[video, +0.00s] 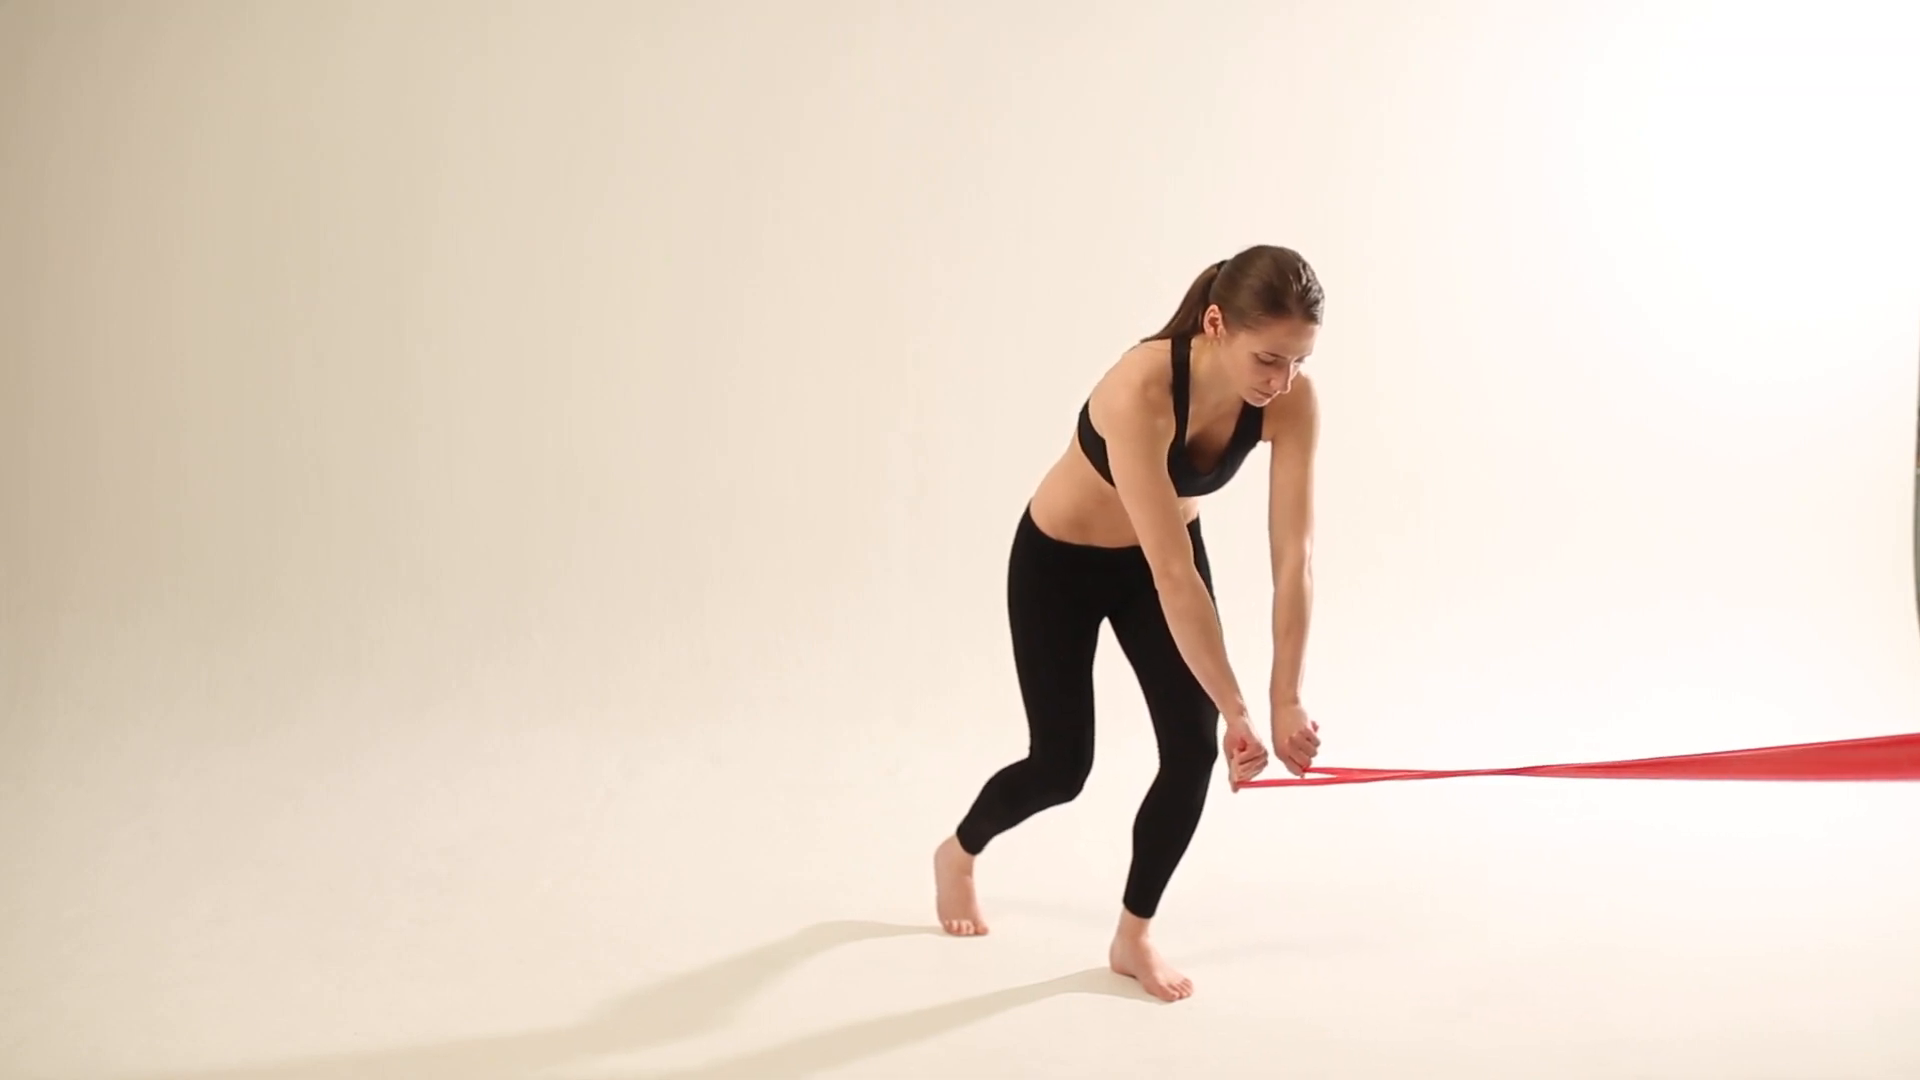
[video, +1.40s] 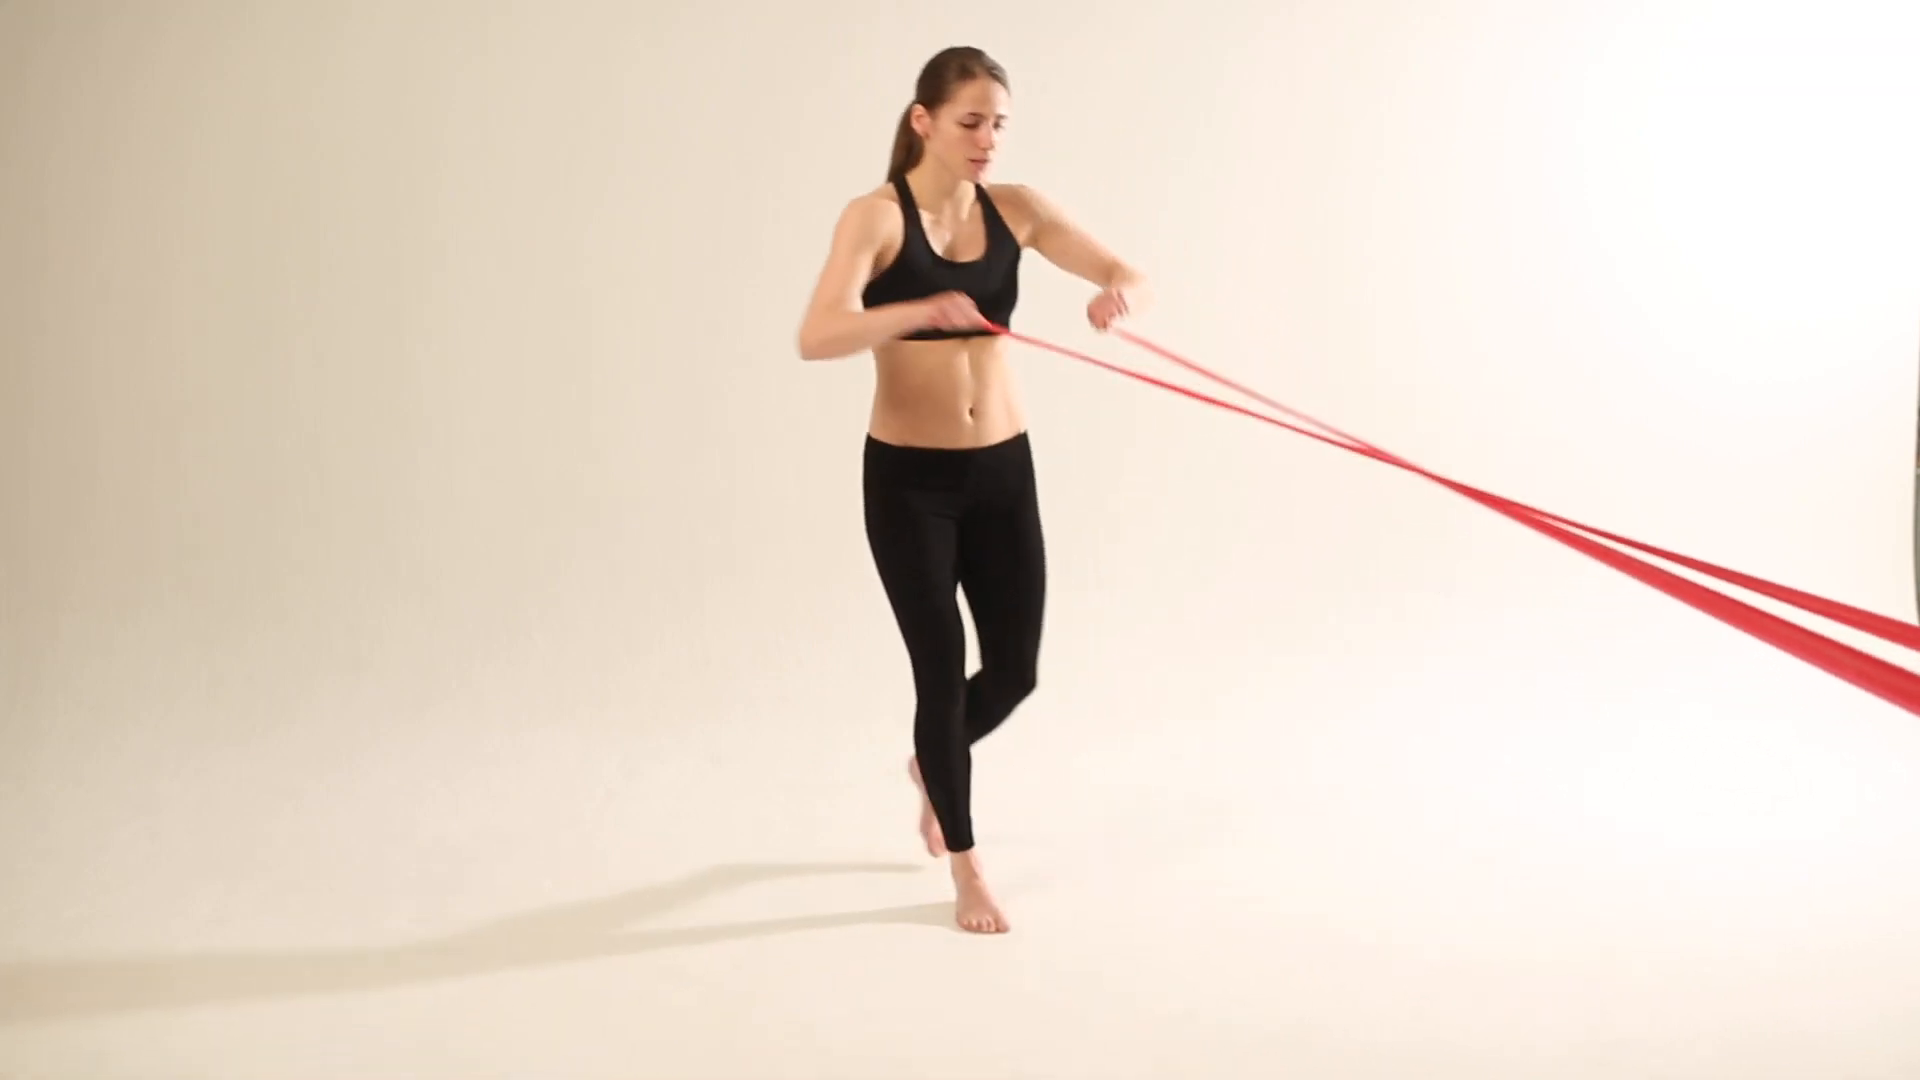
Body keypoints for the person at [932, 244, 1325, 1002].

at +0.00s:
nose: (1284, 379)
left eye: (1297, 361)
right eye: (1270, 358)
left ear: (1310, 342)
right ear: (1214, 325)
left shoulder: (1288, 401)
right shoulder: (1137, 390)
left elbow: (1293, 554)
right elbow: (1174, 577)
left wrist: (1286, 698)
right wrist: (1235, 712)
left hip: (1163, 557)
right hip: (1060, 559)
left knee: (1190, 752)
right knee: (1061, 766)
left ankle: (1133, 932)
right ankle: (958, 850)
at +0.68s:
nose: (1224, 315)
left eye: (1235, 296)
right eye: (1209, 293)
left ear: (1246, 285)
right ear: (1153, 268)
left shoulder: (1231, 347)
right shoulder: (1084, 350)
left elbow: (1252, 495)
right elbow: (1133, 517)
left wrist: (1262, 633)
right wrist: (1203, 642)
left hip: (1134, 554)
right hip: (1031, 556)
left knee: (1175, 739)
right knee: (1053, 762)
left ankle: (1133, 931)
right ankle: (971, 848)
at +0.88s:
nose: (1155, 265)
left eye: (1166, 246)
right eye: (1139, 243)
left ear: (1175, 241)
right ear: (1087, 226)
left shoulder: (1168, 309)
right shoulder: (1028, 318)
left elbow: (1199, 442)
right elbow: (1080, 468)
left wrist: (1221, 567)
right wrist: (1158, 582)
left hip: (1095, 544)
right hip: (995, 546)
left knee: (1147, 723)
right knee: (1031, 746)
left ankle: (1133, 929)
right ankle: (973, 856)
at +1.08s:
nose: (1076, 204)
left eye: (1088, 186)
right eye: (1062, 184)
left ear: (1097, 187)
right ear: (1011, 173)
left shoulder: (1092, 258)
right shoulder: (956, 264)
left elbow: (1150, 375)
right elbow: (983, 405)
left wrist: (1159, 467)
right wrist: (1093, 483)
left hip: (1043, 509)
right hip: (945, 513)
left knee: (1100, 696)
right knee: (988, 705)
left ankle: (1118, 897)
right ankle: (974, 873)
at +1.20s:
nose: (1040, 170)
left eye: (1050, 153)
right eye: (1025, 151)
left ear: (1056, 157)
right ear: (973, 147)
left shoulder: (1058, 235)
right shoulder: (922, 240)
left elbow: (1143, 334)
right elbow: (915, 381)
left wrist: (1132, 395)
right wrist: (1035, 414)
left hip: (1023, 492)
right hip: (925, 499)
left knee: (1076, 676)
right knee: (964, 690)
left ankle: (1033, 839)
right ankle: (971, 874)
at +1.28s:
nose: (1018, 153)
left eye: (1028, 137)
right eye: (1003, 135)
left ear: (1032, 140)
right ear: (951, 132)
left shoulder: (1038, 220)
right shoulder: (902, 228)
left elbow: (1136, 308)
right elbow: (874, 361)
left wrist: (1126, 349)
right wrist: (985, 368)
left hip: (1015, 484)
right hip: (918, 490)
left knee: (1051, 677)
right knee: (953, 682)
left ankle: (987, 786)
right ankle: (966, 871)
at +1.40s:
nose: (988, 138)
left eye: (998, 123)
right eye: (972, 121)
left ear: (1003, 126)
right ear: (922, 121)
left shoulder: (1014, 208)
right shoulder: (875, 216)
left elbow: (1125, 276)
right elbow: (816, 337)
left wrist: (1118, 293)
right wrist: (918, 311)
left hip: (1003, 473)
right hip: (908, 478)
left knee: (1012, 673)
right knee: (943, 674)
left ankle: (932, 757)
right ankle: (966, 868)